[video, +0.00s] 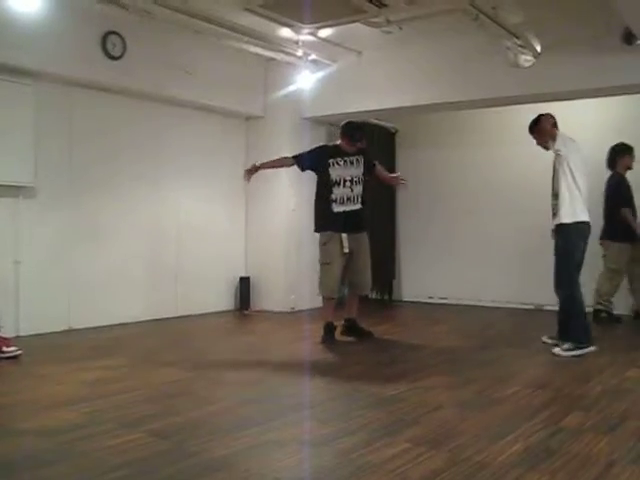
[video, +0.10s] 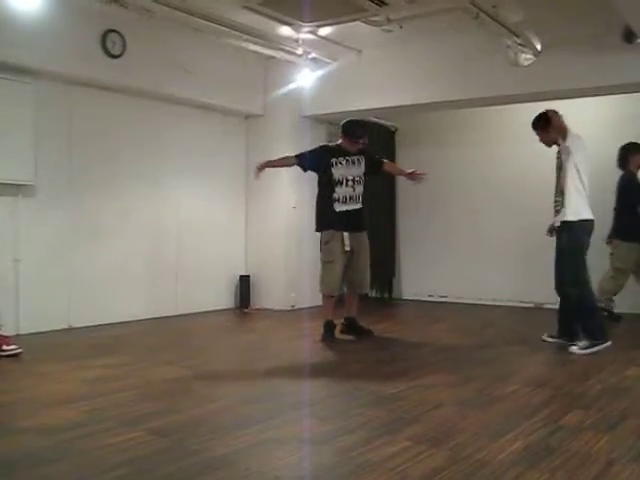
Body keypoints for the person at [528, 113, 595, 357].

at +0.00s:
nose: (538, 143)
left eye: (538, 137)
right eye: (535, 139)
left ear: (550, 126)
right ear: (550, 128)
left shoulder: (568, 149)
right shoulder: (561, 153)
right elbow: (563, 191)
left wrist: (550, 124)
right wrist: (558, 222)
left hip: (573, 223)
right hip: (566, 223)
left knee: (568, 284)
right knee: (564, 284)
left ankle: (580, 339)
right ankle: (565, 333)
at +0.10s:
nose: (542, 142)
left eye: (542, 136)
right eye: (539, 138)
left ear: (553, 127)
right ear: (550, 130)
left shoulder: (573, 146)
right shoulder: (563, 150)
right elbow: (564, 190)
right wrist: (557, 220)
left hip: (577, 221)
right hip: (567, 222)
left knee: (575, 281)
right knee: (564, 282)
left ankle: (596, 335)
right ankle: (567, 332)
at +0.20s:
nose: (545, 137)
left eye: (546, 131)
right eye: (543, 132)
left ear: (558, 128)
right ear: (554, 131)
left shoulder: (579, 147)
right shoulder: (563, 153)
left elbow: (579, 132)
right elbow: (564, 192)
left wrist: (570, 116)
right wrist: (557, 222)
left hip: (582, 221)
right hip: (566, 222)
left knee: (588, 279)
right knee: (564, 282)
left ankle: (610, 334)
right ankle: (568, 333)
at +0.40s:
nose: (559, 134)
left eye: (561, 129)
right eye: (558, 129)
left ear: (573, 127)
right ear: (570, 128)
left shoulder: (593, 146)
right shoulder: (563, 157)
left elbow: (611, 125)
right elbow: (562, 193)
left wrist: (585, 111)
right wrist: (557, 226)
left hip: (595, 223)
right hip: (570, 225)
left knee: (608, 282)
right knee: (566, 283)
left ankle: (625, 337)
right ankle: (568, 333)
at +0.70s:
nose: (591, 133)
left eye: (595, 129)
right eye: (591, 128)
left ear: (608, 131)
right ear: (596, 129)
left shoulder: (627, 153)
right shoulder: (583, 156)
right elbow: (574, 191)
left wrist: (627, 117)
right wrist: (561, 221)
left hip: (621, 231)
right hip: (590, 231)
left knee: (625, 289)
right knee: (580, 286)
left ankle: (625, 340)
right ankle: (571, 333)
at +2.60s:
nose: (568, 117)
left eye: (570, 112)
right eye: (568, 112)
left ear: (582, 112)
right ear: (586, 113)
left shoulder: (604, 139)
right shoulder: (586, 139)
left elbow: (609, 125)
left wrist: (600, 98)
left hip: (595, 228)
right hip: (579, 225)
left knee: (592, 291)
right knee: (575, 288)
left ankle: (597, 355)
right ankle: (587, 345)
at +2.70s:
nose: (568, 120)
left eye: (569, 114)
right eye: (567, 114)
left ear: (582, 113)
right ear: (584, 113)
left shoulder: (602, 140)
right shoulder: (587, 139)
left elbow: (602, 123)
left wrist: (597, 98)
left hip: (593, 228)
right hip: (580, 226)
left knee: (590, 290)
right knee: (579, 288)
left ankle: (596, 355)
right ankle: (588, 346)